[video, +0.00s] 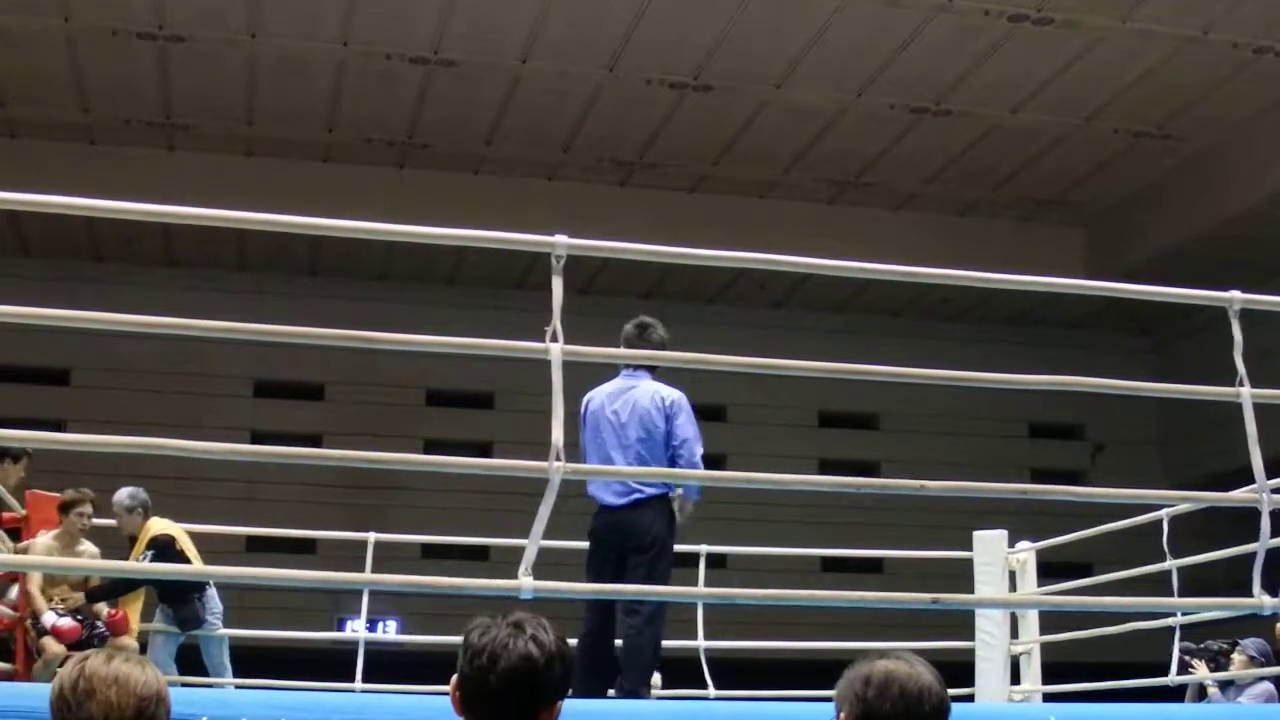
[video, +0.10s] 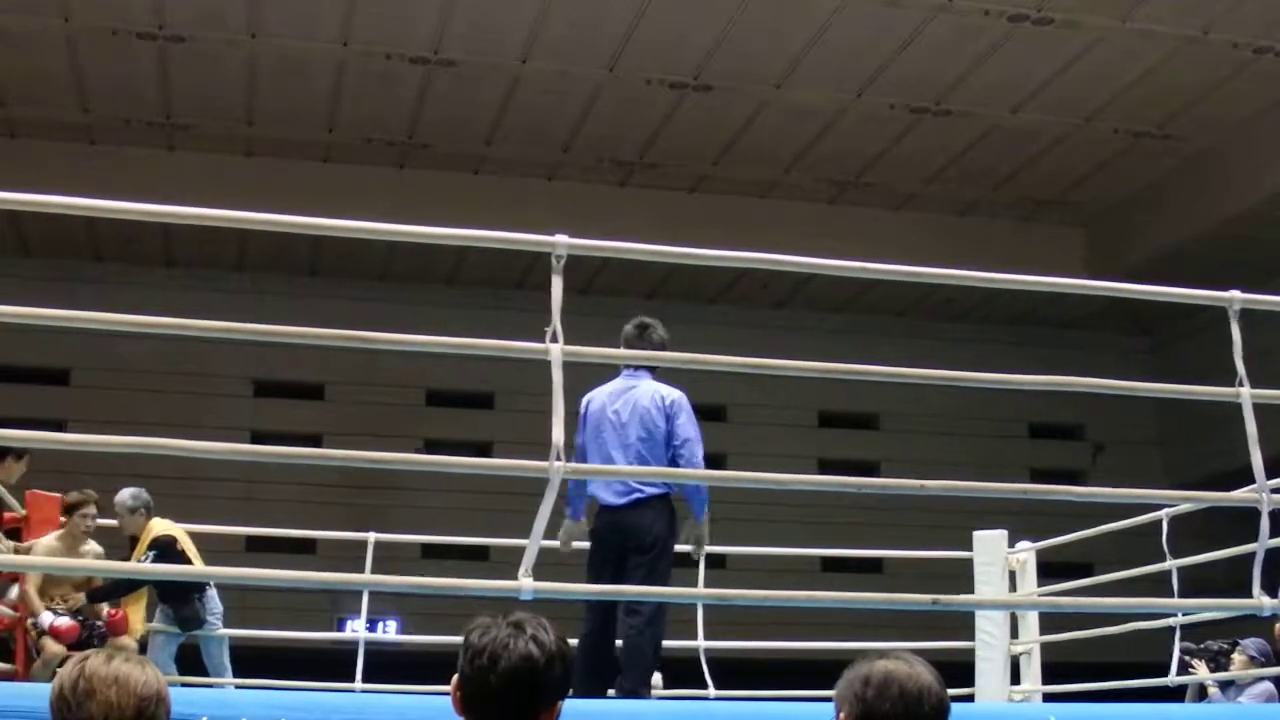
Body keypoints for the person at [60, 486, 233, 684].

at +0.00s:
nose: (116, 522)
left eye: (119, 516)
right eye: (115, 517)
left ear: (138, 514)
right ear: (134, 515)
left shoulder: (162, 537)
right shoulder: (137, 539)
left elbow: (132, 581)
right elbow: (130, 583)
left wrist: (85, 597)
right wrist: (127, 628)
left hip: (201, 600)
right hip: (170, 604)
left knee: (218, 666)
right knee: (158, 660)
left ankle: (230, 711)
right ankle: (176, 709)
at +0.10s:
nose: (117, 522)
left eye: (120, 516)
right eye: (117, 516)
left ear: (140, 514)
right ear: (137, 515)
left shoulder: (164, 537)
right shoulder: (138, 538)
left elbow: (133, 581)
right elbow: (127, 575)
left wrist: (86, 597)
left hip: (202, 601)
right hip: (170, 604)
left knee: (217, 664)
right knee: (159, 660)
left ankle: (229, 710)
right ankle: (176, 710)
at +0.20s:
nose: (118, 522)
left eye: (121, 516)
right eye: (117, 516)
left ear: (141, 514)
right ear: (139, 515)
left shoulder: (164, 539)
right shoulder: (138, 537)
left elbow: (134, 581)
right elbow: (128, 573)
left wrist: (89, 599)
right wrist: (111, 600)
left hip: (201, 602)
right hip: (170, 605)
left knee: (218, 666)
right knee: (158, 658)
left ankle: (233, 718)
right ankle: (176, 711)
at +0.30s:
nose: (119, 521)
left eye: (122, 515)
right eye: (118, 515)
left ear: (141, 513)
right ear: (139, 514)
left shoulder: (165, 539)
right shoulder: (137, 538)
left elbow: (136, 581)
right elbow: (122, 572)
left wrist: (91, 600)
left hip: (201, 601)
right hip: (170, 604)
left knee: (218, 667)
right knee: (158, 659)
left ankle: (233, 719)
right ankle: (174, 713)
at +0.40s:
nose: (120, 518)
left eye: (124, 513)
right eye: (120, 513)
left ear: (144, 511)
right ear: (143, 513)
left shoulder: (167, 536)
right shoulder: (138, 536)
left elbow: (141, 581)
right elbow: (124, 570)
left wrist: (97, 598)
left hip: (201, 601)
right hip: (169, 604)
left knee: (218, 667)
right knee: (157, 660)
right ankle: (176, 710)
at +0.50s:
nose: (123, 514)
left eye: (127, 509)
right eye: (123, 509)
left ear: (148, 509)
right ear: (145, 510)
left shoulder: (170, 534)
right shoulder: (138, 535)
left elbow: (146, 579)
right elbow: (122, 568)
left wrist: (99, 595)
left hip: (201, 600)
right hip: (170, 603)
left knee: (218, 666)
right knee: (157, 658)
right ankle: (174, 711)